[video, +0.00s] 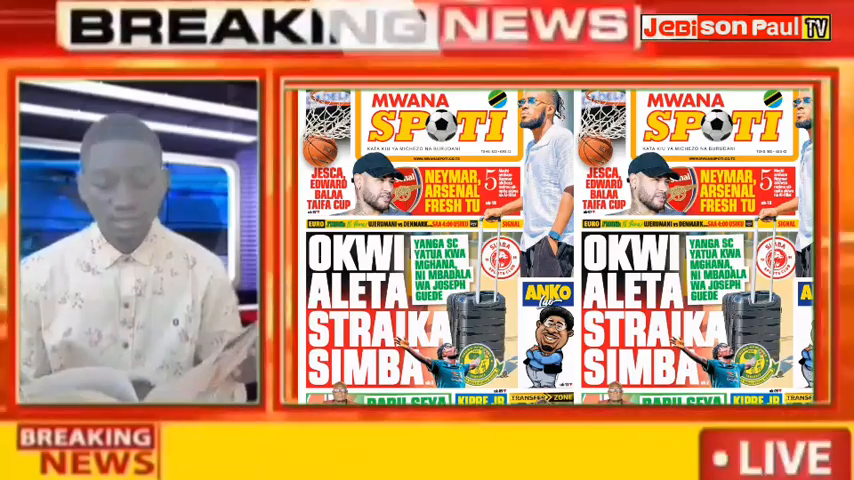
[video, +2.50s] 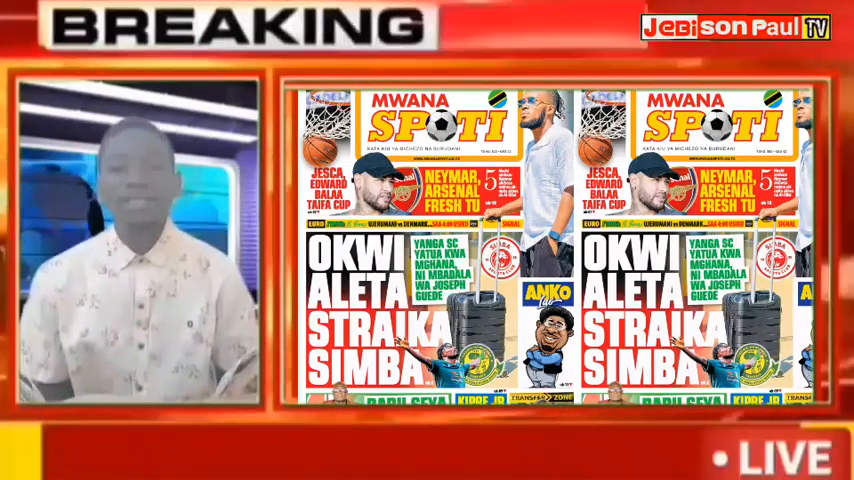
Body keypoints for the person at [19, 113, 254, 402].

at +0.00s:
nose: (124, 201)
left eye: (141, 182)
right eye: (104, 184)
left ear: (164, 181)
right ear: (81, 187)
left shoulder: (205, 273)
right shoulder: (36, 277)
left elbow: (229, 391)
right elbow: (25, 394)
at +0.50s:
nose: (124, 191)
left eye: (143, 174)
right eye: (105, 174)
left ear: (166, 184)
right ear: (82, 186)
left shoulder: (205, 273)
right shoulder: (37, 277)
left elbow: (232, 389)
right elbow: (21, 395)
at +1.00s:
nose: (113, 227)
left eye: (128, 208)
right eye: (95, 210)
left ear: (162, 195)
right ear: (74, 199)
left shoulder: (207, 286)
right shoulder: (36, 289)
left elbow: (231, 402)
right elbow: (32, 411)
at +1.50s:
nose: (135, 202)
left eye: (152, 185)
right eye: (119, 185)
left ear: (181, 187)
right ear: (94, 190)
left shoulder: (223, 277)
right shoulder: (55, 280)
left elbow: (251, 386)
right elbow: (46, 399)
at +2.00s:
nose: (147, 178)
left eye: (166, 163)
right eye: (130, 164)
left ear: (190, 183)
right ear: (110, 183)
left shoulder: (227, 274)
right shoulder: (62, 273)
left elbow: (238, 385)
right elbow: (45, 396)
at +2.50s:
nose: (137, 180)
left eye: (155, 167)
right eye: (119, 168)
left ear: (177, 184)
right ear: (98, 187)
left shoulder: (217, 273)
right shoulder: (58, 278)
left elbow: (253, 375)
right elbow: (39, 391)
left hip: (191, 445)